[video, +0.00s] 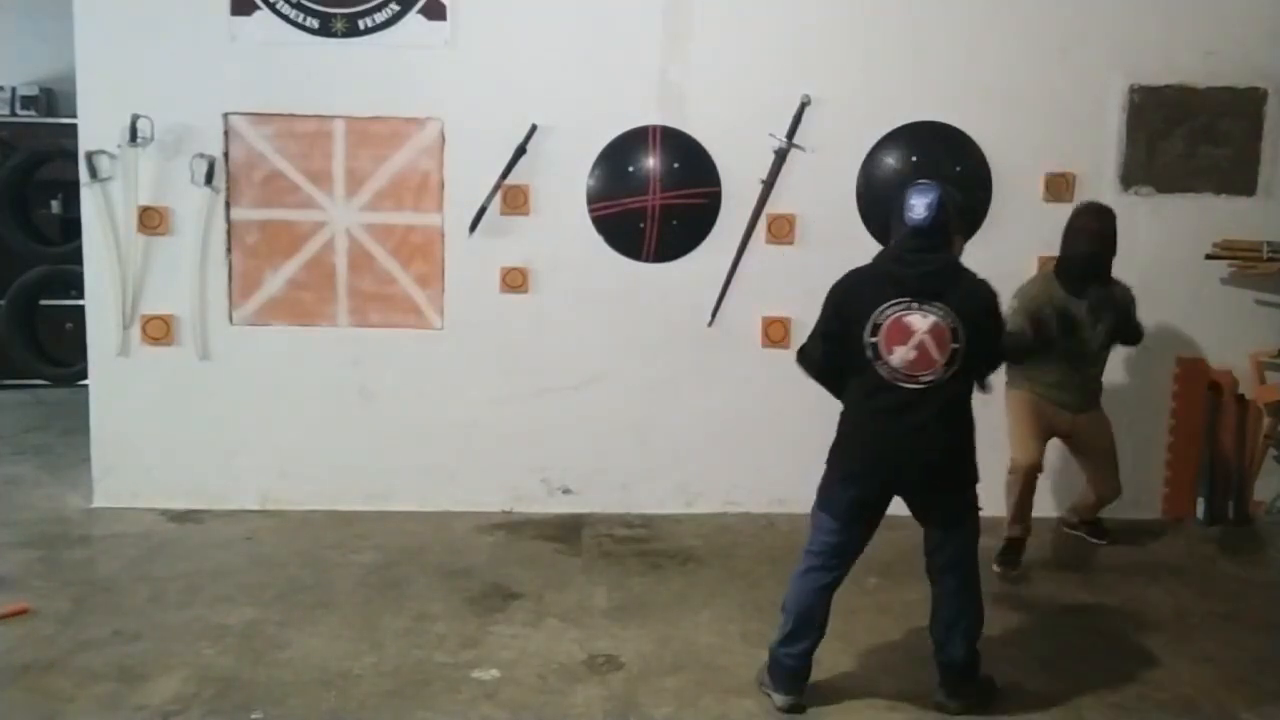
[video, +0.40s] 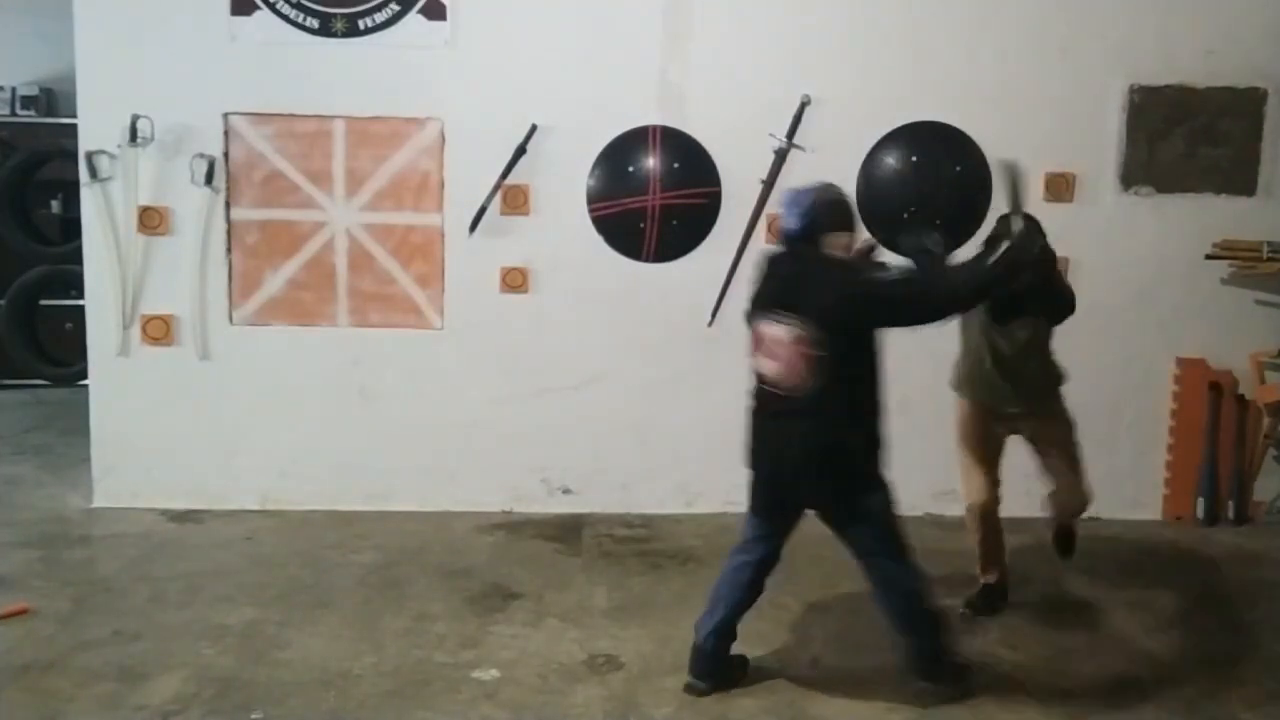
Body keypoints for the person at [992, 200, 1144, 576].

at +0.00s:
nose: (1090, 253)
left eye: (1100, 245)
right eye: (1084, 243)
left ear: (1110, 251)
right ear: (1070, 244)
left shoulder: (1116, 296)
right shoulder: (1038, 292)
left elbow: (1133, 337)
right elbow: (1007, 345)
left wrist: (1115, 313)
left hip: (1082, 400)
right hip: (1030, 393)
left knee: (1106, 488)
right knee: (1026, 462)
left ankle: (1077, 518)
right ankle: (1015, 535)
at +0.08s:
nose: (1085, 259)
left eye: (1094, 251)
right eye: (1078, 248)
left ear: (1105, 256)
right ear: (1063, 249)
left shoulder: (1111, 300)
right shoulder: (1038, 294)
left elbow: (1131, 344)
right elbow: (1004, 343)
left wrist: (1111, 318)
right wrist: (1036, 343)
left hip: (1078, 405)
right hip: (1027, 400)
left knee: (1105, 488)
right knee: (1018, 457)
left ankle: (1078, 515)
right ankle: (1008, 537)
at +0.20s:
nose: (1054, 257)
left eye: (1063, 249)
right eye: (1046, 248)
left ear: (1076, 253)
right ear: (1032, 249)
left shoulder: (1085, 294)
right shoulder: (1016, 295)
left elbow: (1119, 322)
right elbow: (979, 317)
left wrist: (1087, 288)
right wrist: (965, 295)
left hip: (1075, 407)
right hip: (1020, 405)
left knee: (1083, 473)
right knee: (999, 478)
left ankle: (1074, 513)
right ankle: (998, 569)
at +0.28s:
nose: (1039, 258)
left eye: (1044, 250)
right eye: (1029, 252)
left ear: (1054, 250)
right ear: (1014, 253)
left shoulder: (1066, 282)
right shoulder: (995, 284)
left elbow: (1089, 298)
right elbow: (974, 276)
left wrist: (1030, 282)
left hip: (1064, 401)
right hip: (1009, 402)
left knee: (1082, 471)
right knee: (996, 485)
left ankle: (1085, 514)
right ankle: (998, 574)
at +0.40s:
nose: (1017, 264)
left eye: (1028, 256)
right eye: (1010, 255)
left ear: (1039, 258)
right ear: (994, 252)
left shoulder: (1045, 286)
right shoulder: (973, 277)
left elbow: (1062, 307)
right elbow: (933, 285)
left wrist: (1049, 271)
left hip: (1039, 396)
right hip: (982, 397)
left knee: (1073, 495)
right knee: (980, 499)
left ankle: (1062, 520)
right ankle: (992, 580)